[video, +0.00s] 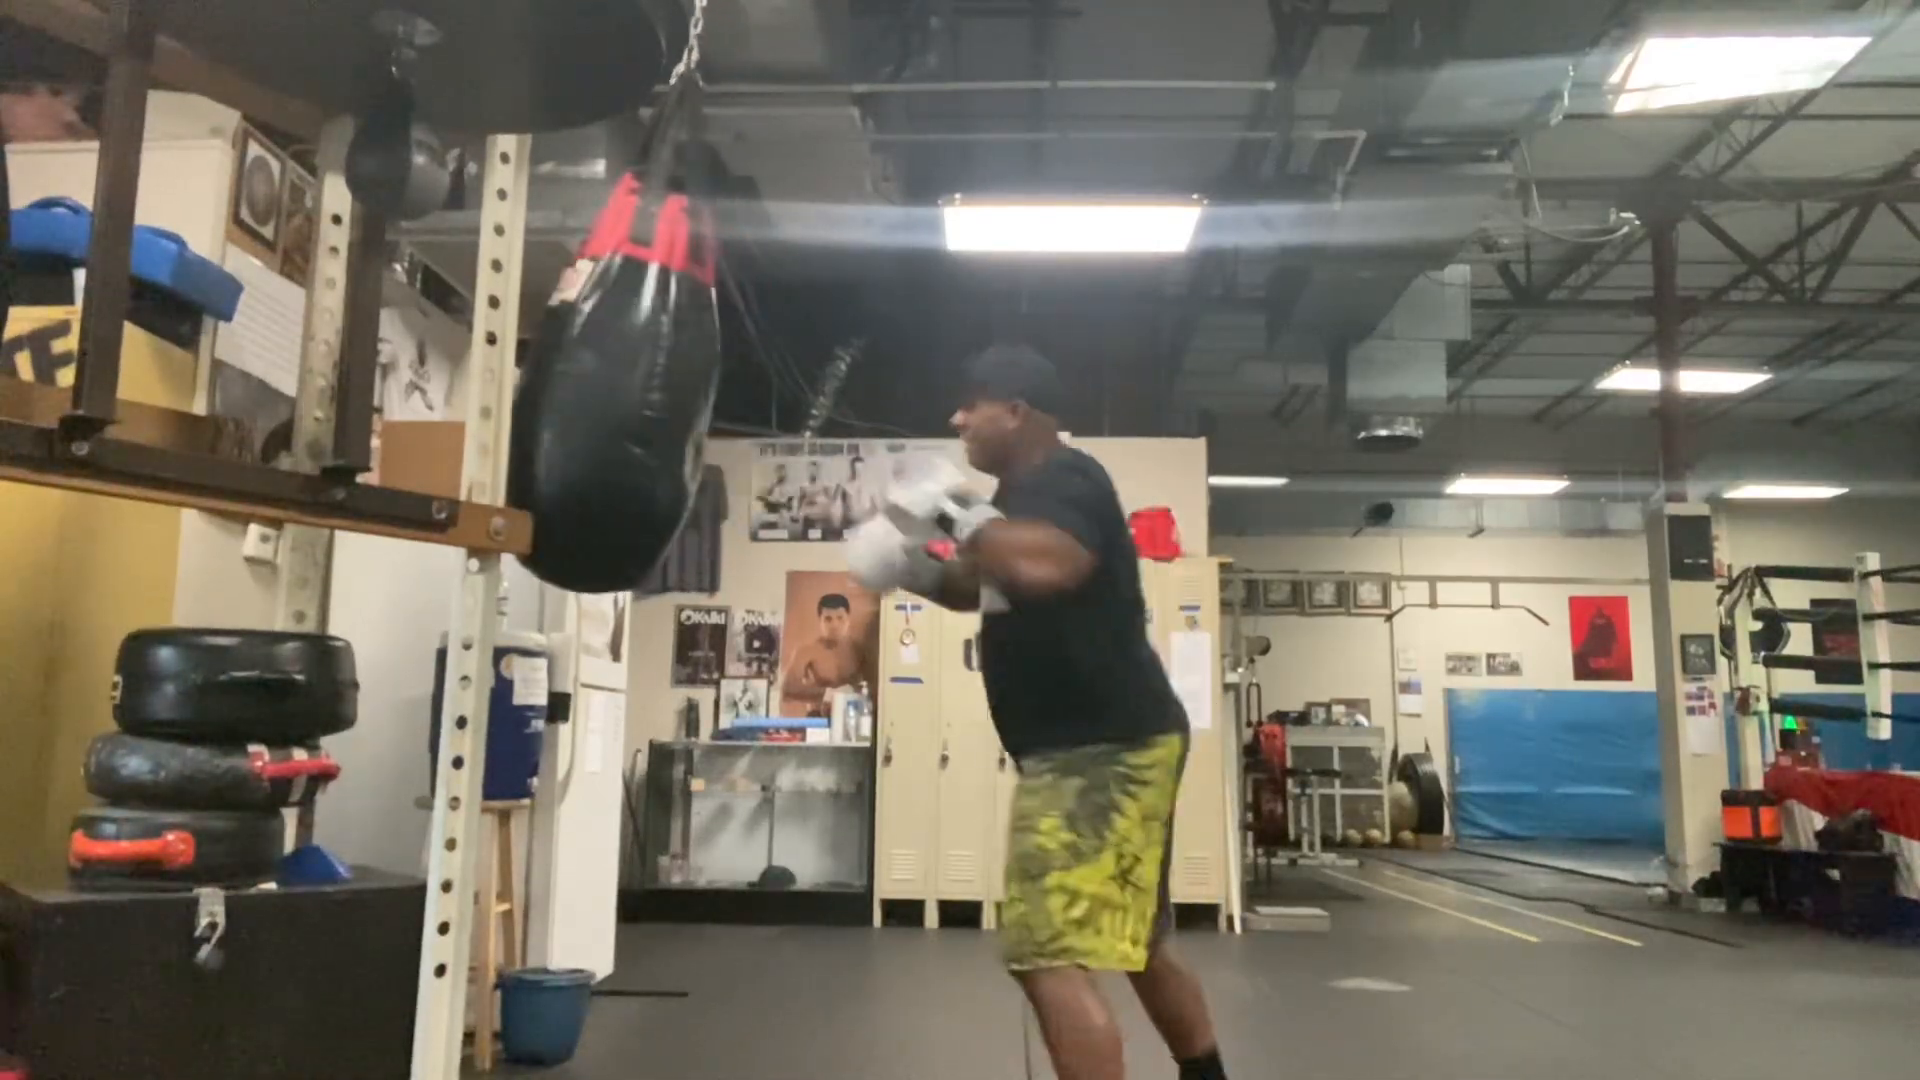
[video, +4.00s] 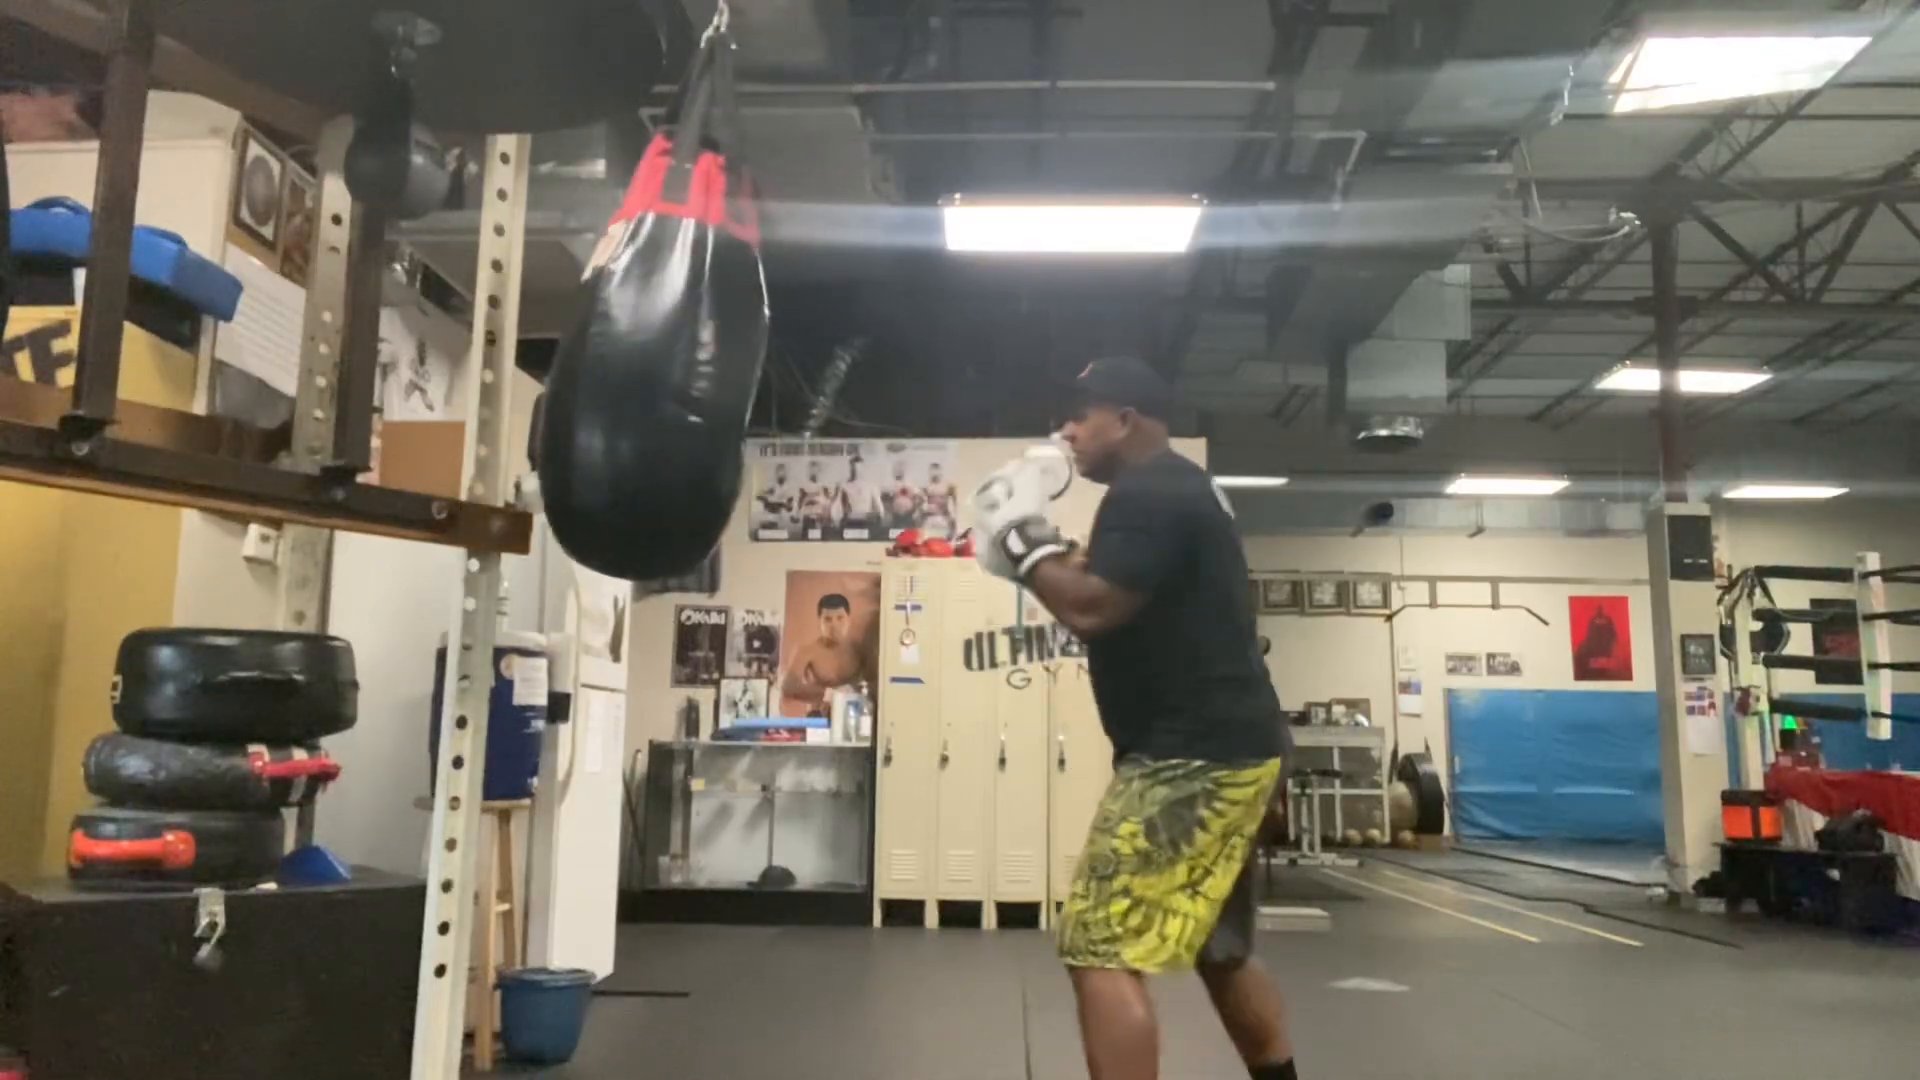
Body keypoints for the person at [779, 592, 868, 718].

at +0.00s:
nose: (834, 625)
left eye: (840, 618)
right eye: (828, 619)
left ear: (848, 620)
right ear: (819, 621)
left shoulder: (858, 652)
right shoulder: (806, 652)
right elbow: (789, 688)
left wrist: (816, 687)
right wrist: (827, 693)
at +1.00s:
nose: (834, 625)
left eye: (840, 618)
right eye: (828, 619)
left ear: (848, 620)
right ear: (819, 621)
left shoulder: (857, 651)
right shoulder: (808, 652)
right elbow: (790, 688)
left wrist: (816, 685)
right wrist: (828, 693)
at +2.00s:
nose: (834, 624)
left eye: (840, 618)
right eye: (828, 619)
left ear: (848, 619)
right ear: (820, 620)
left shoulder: (858, 651)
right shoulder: (807, 651)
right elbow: (789, 688)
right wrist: (826, 693)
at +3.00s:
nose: (835, 625)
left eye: (840, 618)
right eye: (828, 619)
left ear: (849, 620)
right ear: (819, 621)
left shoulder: (859, 652)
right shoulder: (808, 652)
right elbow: (789, 687)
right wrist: (827, 693)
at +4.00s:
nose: (834, 625)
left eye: (840, 618)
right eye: (828, 619)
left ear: (848, 619)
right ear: (819, 620)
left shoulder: (857, 653)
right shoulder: (807, 652)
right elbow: (789, 688)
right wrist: (825, 694)